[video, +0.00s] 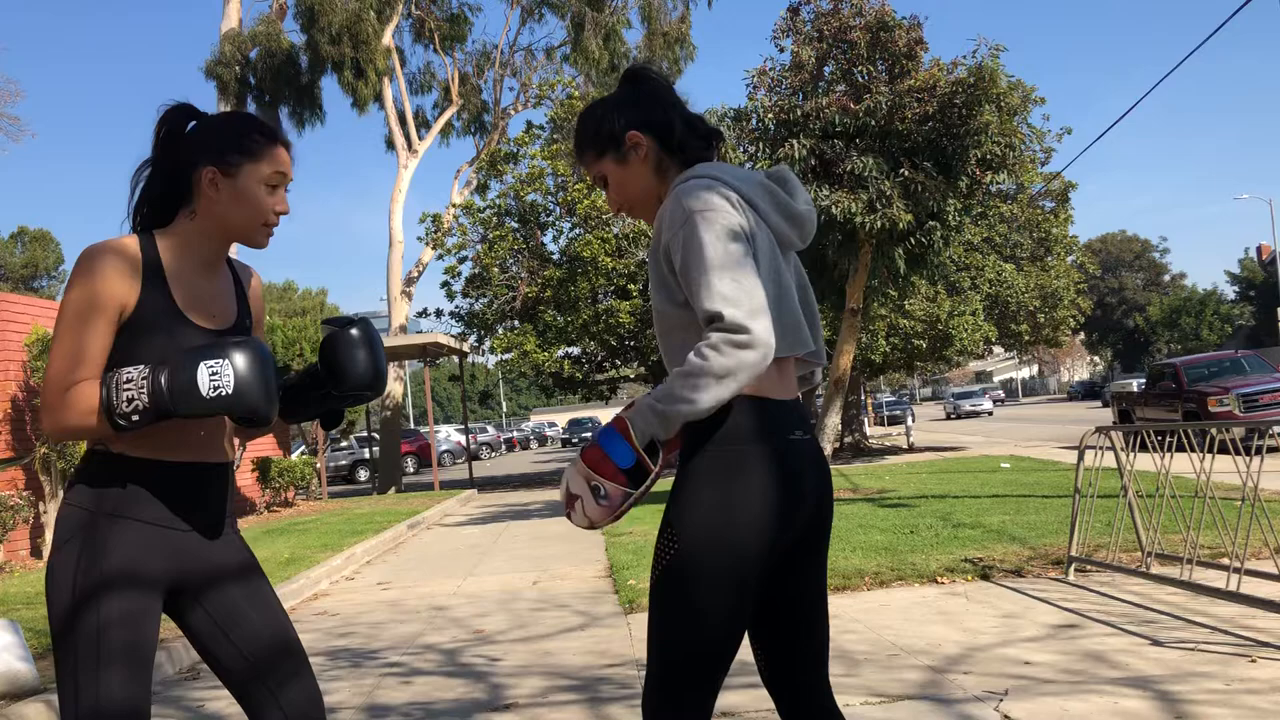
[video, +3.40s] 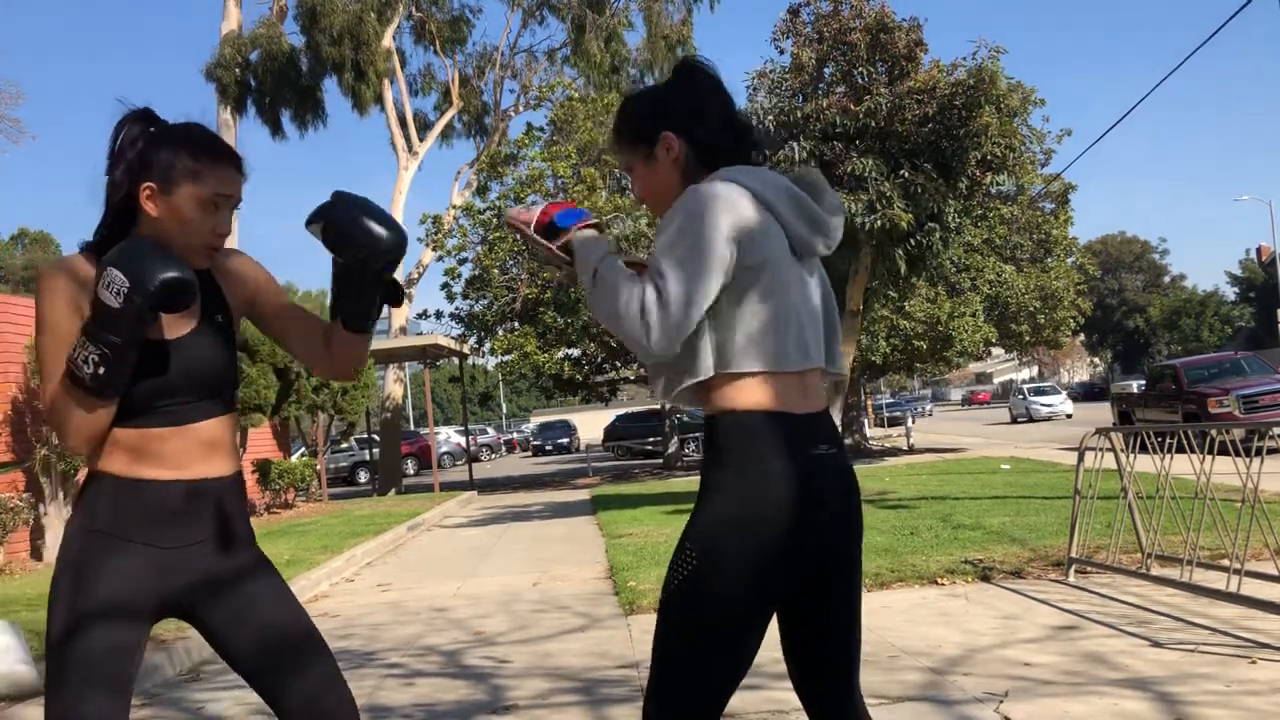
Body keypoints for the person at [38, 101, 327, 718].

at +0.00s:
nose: (284, 206)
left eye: (285, 189)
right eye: (274, 185)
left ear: (220, 185)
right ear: (213, 182)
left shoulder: (246, 285)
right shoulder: (113, 265)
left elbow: (239, 419)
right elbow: (58, 413)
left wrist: (307, 392)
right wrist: (178, 386)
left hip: (212, 528)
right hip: (116, 521)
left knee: (297, 705)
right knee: (107, 710)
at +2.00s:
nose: (218, 231)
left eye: (224, 216)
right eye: (206, 211)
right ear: (145, 199)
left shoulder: (198, 295)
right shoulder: (51, 269)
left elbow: (237, 419)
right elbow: (59, 408)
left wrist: (287, 339)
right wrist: (131, 310)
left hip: (178, 539)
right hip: (73, 540)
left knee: (286, 707)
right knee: (55, 709)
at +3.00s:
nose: (204, 227)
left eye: (206, 211)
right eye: (190, 207)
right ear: (127, 205)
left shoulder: (193, 297)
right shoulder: (41, 277)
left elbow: (252, 425)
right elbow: (49, 422)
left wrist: (276, 340)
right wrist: (108, 317)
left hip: (190, 541)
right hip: (82, 546)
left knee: (323, 697)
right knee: (70, 709)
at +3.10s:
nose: (211, 204)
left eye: (212, 188)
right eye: (195, 186)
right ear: (131, 188)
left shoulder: (220, 267)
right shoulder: (62, 271)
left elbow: (342, 322)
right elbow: (48, 421)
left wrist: (351, 255)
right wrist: (90, 312)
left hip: (208, 529)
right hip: (99, 533)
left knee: (313, 706)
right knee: (79, 711)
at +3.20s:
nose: (226, 209)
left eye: (230, 192)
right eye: (211, 191)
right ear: (145, 190)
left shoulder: (246, 250)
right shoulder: (82, 275)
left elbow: (379, 229)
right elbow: (87, 426)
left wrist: (460, 165)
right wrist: (110, 318)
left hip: (221, 533)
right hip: (113, 531)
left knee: (314, 703)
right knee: (82, 707)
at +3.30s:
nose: (231, 217)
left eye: (236, 201)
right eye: (217, 199)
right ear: (152, 194)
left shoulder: (246, 254)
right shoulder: (83, 277)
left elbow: (378, 253)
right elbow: (93, 429)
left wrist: (434, 186)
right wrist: (120, 323)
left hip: (225, 535)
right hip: (116, 533)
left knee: (326, 707)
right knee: (80, 711)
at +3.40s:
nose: (229, 225)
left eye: (234, 208)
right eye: (216, 206)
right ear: (151, 199)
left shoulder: (232, 273)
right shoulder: (74, 279)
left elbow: (339, 360)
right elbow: (76, 436)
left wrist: (360, 274)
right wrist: (112, 327)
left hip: (224, 536)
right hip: (115, 537)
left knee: (330, 707)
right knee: (83, 711)